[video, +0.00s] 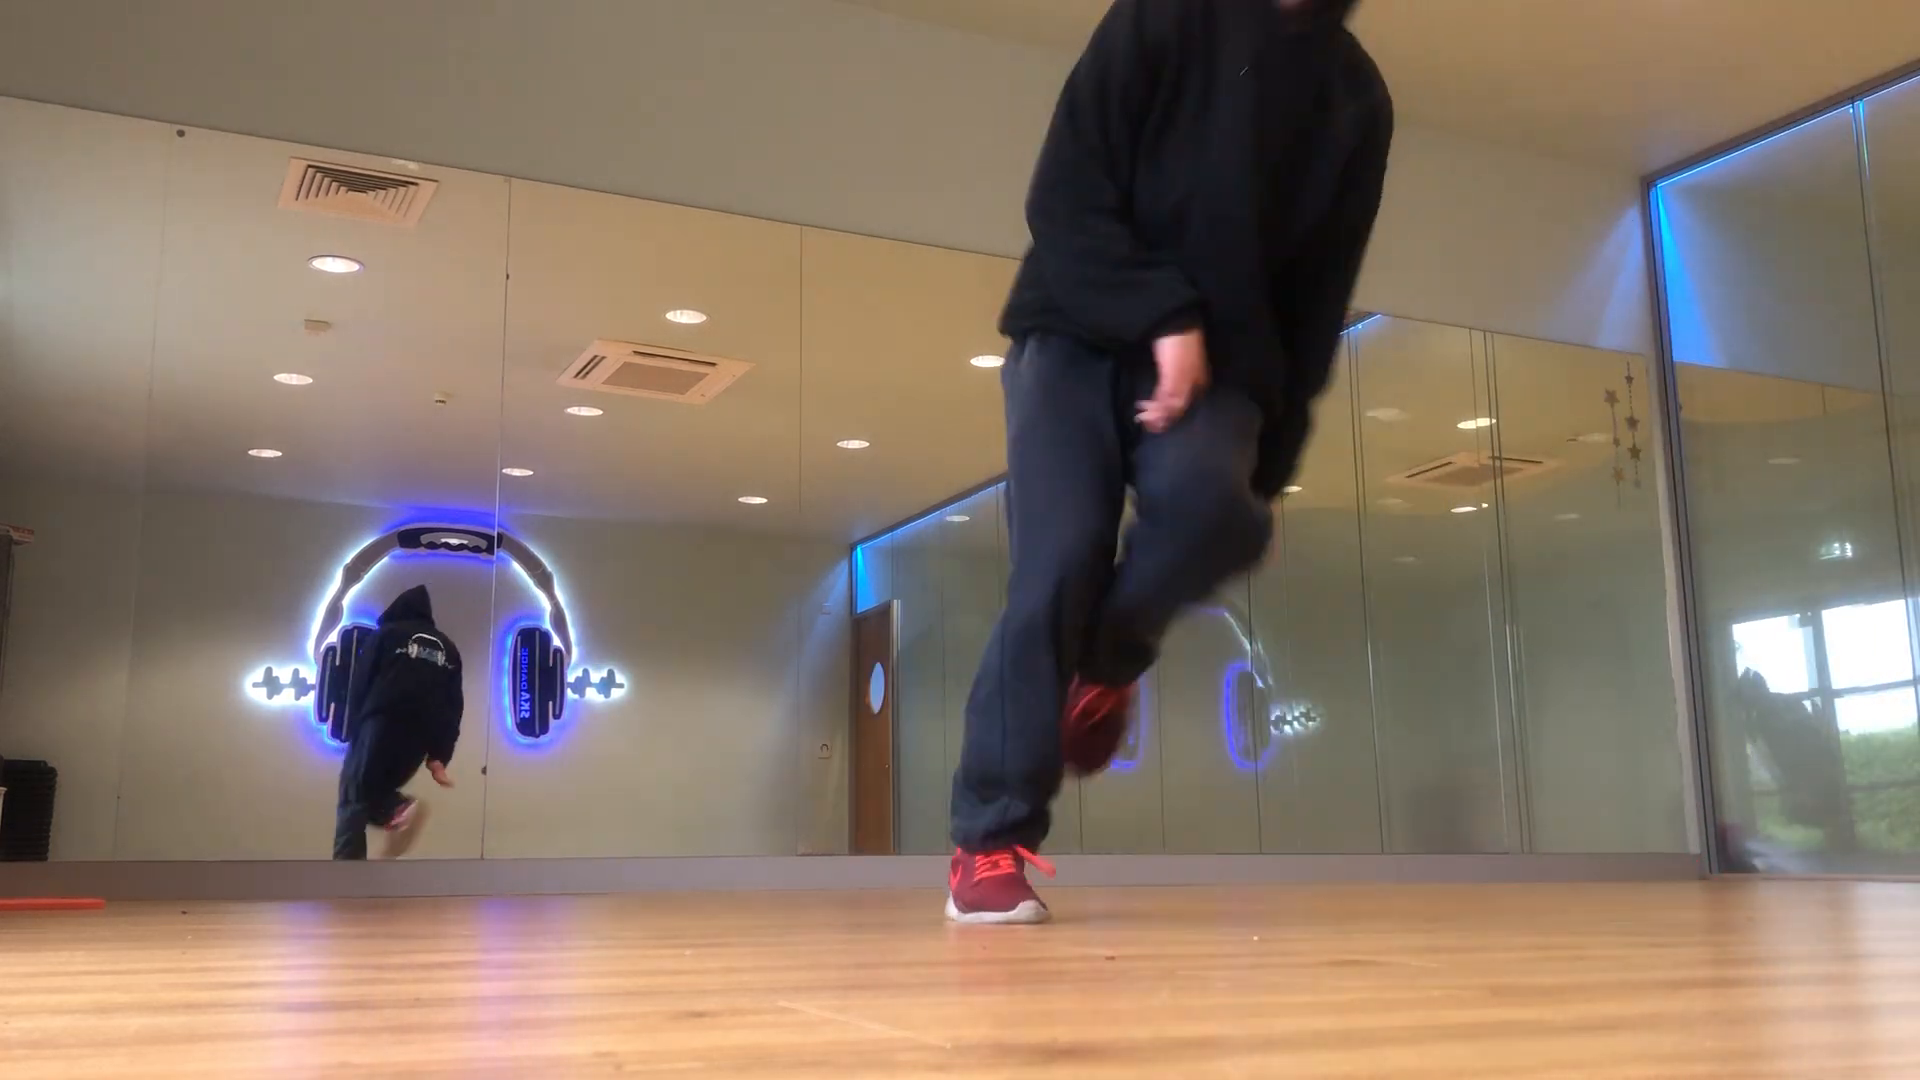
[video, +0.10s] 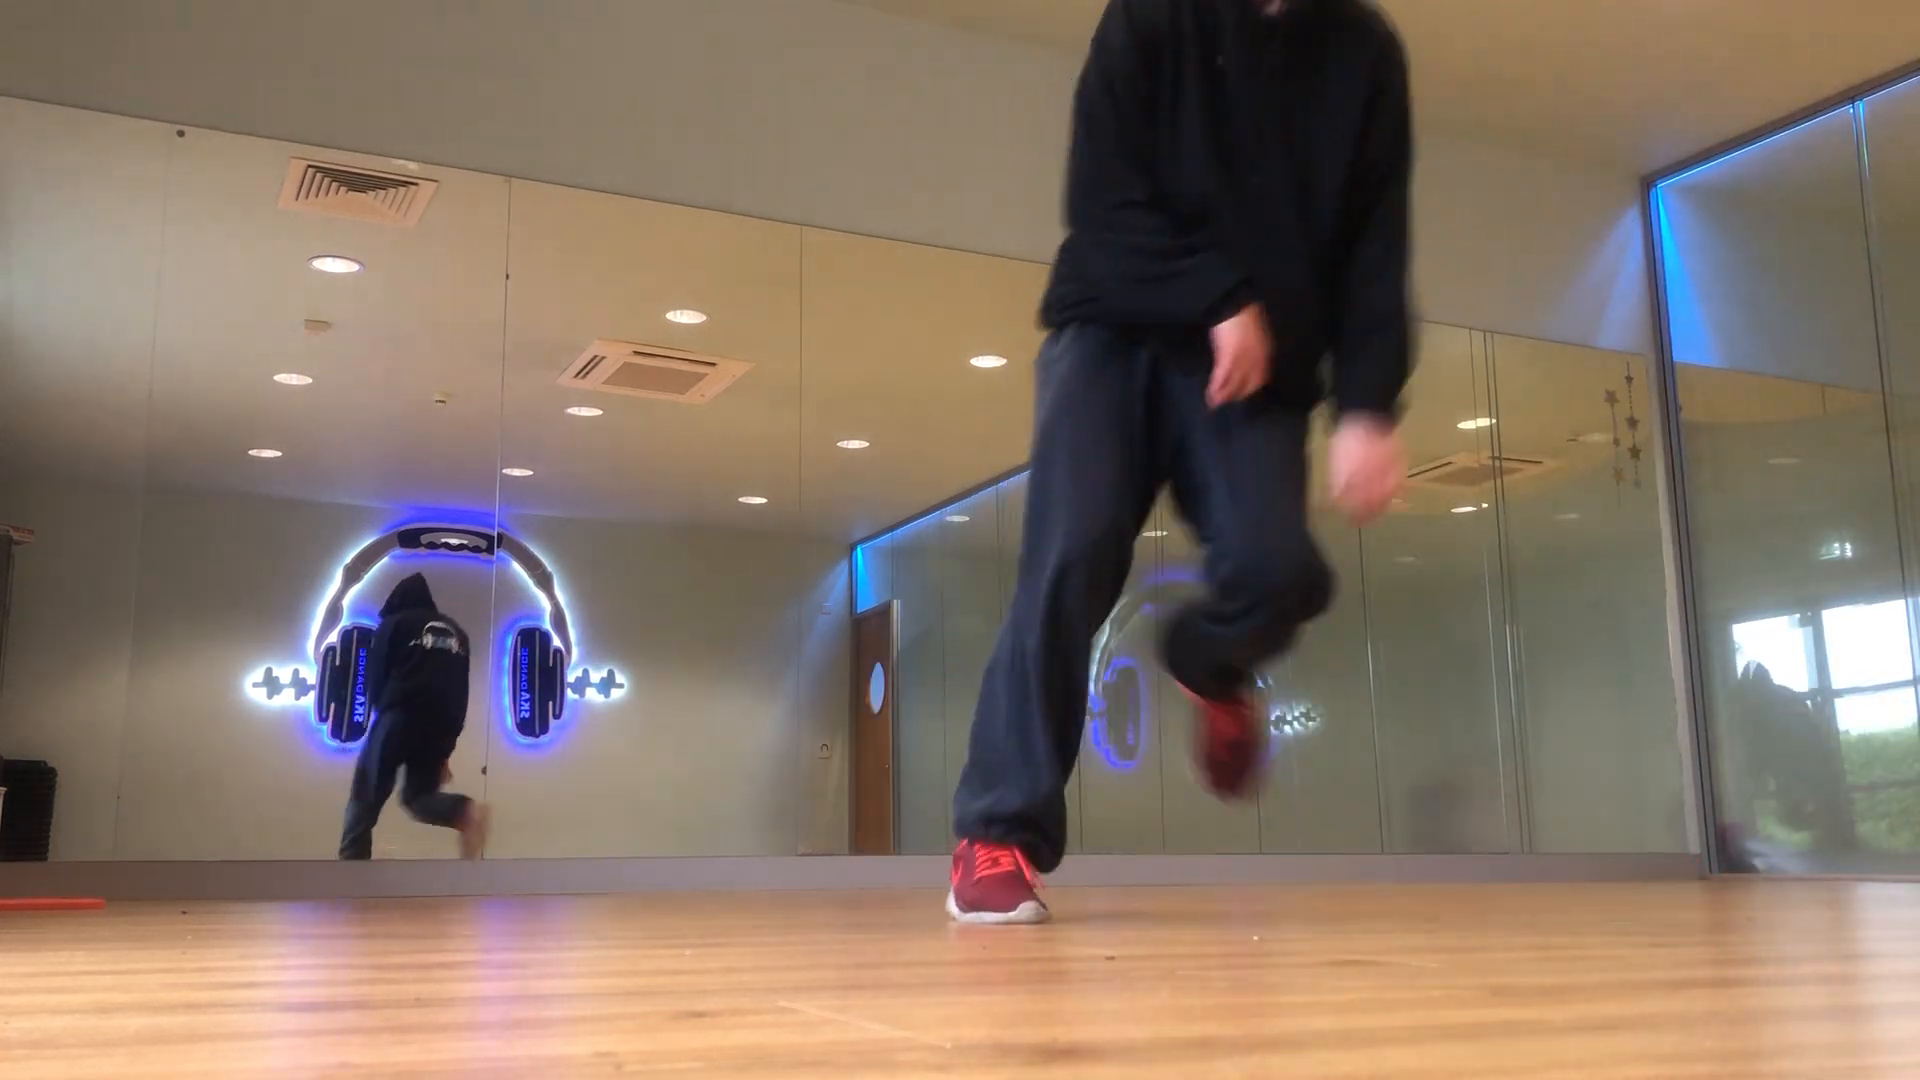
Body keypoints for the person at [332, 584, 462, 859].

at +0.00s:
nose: (387, 617)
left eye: (390, 613)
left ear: (396, 611)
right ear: (427, 614)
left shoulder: (386, 633)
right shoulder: (449, 648)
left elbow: (361, 680)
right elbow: (454, 705)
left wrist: (352, 729)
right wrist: (440, 755)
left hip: (384, 719)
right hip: (427, 727)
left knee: (353, 796)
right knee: (376, 791)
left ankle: (347, 869)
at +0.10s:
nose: (387, 611)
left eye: (390, 605)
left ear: (398, 600)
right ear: (427, 600)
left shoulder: (393, 622)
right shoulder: (457, 632)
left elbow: (376, 675)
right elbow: (458, 697)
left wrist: (378, 710)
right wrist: (443, 751)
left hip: (399, 717)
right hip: (443, 720)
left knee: (366, 793)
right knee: (417, 796)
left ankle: (352, 865)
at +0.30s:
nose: (411, 631)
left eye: (411, 625)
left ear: (417, 617)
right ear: (446, 603)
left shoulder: (423, 642)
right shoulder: (481, 618)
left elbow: (435, 685)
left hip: (456, 715)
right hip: (500, 708)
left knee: (440, 779)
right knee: (500, 777)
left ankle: (430, 846)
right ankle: (522, 847)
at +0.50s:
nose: (452, 645)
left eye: (451, 639)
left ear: (455, 629)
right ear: (481, 615)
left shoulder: (464, 650)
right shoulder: (520, 629)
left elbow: (470, 706)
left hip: (502, 717)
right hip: (545, 713)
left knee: (497, 782)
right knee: (532, 785)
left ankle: (498, 853)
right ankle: (532, 860)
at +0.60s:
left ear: (468, 620)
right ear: (496, 606)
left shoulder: (476, 640)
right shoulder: (528, 623)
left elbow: (470, 688)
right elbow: (555, 663)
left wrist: (469, 741)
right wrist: (562, 711)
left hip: (509, 722)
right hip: (552, 715)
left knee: (526, 794)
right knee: (552, 787)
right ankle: (535, 847)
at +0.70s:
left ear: (480, 623)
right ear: (512, 615)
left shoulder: (479, 660)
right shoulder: (536, 637)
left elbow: (475, 696)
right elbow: (556, 667)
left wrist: (503, 730)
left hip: (514, 746)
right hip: (554, 733)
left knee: (545, 813)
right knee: (566, 805)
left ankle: (577, 870)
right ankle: (535, 850)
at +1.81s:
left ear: (426, 616)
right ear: (454, 624)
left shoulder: (413, 624)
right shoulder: (470, 647)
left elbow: (401, 637)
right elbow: (430, 684)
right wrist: (385, 676)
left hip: (407, 712)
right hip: (450, 723)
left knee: (365, 777)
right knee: (410, 801)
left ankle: (355, 833)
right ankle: (383, 863)